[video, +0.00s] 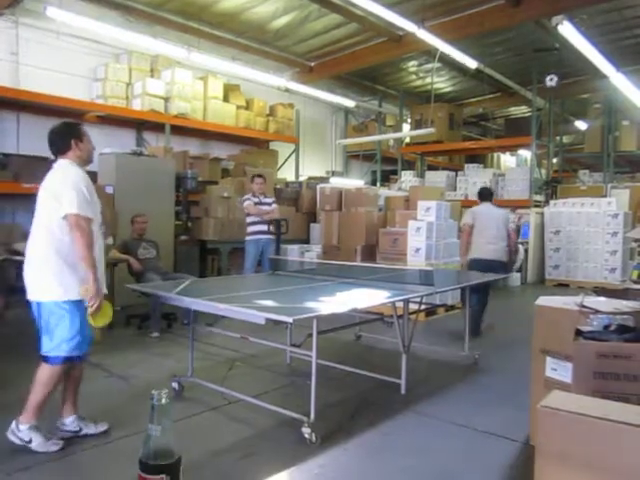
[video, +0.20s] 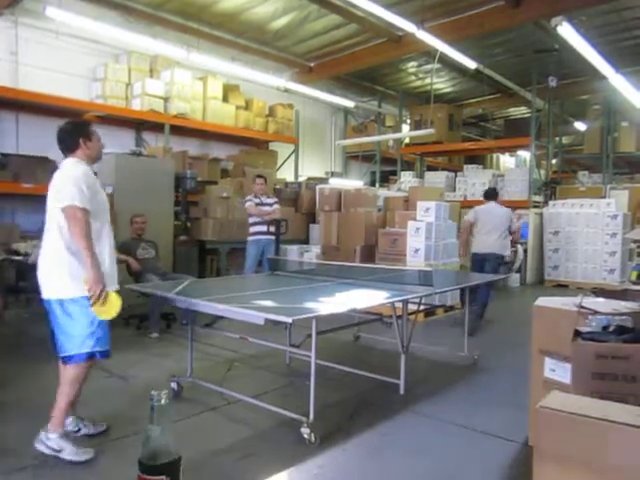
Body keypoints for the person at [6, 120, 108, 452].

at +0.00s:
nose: (92, 145)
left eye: (89, 140)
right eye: (88, 140)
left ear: (69, 146)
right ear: (75, 145)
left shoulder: (69, 175)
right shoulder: (69, 175)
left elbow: (77, 229)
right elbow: (78, 226)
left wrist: (87, 281)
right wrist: (92, 277)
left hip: (69, 282)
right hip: (55, 282)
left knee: (76, 350)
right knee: (60, 354)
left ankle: (70, 419)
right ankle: (24, 424)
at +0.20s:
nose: (101, 142)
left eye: (98, 137)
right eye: (96, 137)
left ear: (76, 145)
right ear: (84, 143)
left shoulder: (78, 173)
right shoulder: (75, 173)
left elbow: (88, 230)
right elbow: (76, 223)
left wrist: (116, 255)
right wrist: (94, 270)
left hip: (75, 282)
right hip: (71, 283)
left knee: (79, 353)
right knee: (81, 354)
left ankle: (65, 418)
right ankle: (53, 433)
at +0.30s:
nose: (107, 141)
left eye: (104, 137)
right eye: (102, 137)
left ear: (81, 144)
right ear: (89, 142)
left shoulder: (84, 171)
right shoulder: (77, 169)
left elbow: (90, 229)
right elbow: (72, 218)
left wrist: (117, 258)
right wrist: (101, 263)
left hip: (73, 282)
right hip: (79, 284)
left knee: (71, 353)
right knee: (86, 359)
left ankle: (66, 417)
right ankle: (82, 442)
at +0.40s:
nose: (112, 140)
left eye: (109, 136)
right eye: (107, 136)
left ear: (89, 144)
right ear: (94, 142)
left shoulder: (96, 172)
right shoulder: (82, 168)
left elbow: (95, 226)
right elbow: (71, 216)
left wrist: (121, 260)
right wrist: (108, 258)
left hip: (80, 283)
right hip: (86, 286)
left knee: (71, 352)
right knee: (94, 362)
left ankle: (65, 418)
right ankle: (106, 442)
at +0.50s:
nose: (119, 141)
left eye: (116, 136)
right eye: (114, 136)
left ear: (94, 143)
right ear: (101, 141)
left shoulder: (101, 172)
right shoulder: (87, 170)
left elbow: (96, 222)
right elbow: (75, 218)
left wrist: (127, 226)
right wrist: (114, 262)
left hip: (91, 286)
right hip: (93, 288)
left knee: (75, 354)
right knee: (101, 364)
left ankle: (66, 418)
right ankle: (114, 444)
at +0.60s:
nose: (125, 141)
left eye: (123, 136)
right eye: (121, 136)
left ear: (100, 143)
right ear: (107, 141)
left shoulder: (104, 175)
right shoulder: (93, 176)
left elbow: (102, 227)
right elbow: (87, 229)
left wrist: (131, 224)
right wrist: (125, 277)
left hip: (98, 289)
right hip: (101, 291)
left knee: (84, 355)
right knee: (105, 365)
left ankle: (67, 418)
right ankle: (114, 445)